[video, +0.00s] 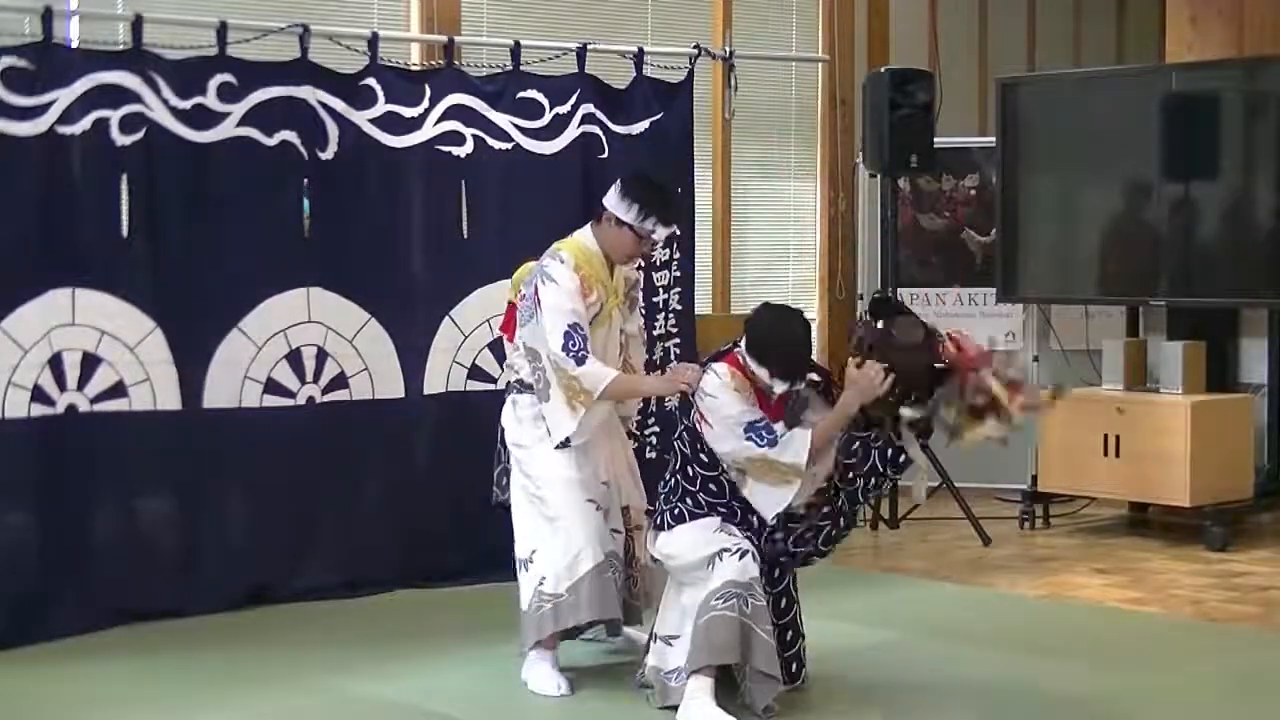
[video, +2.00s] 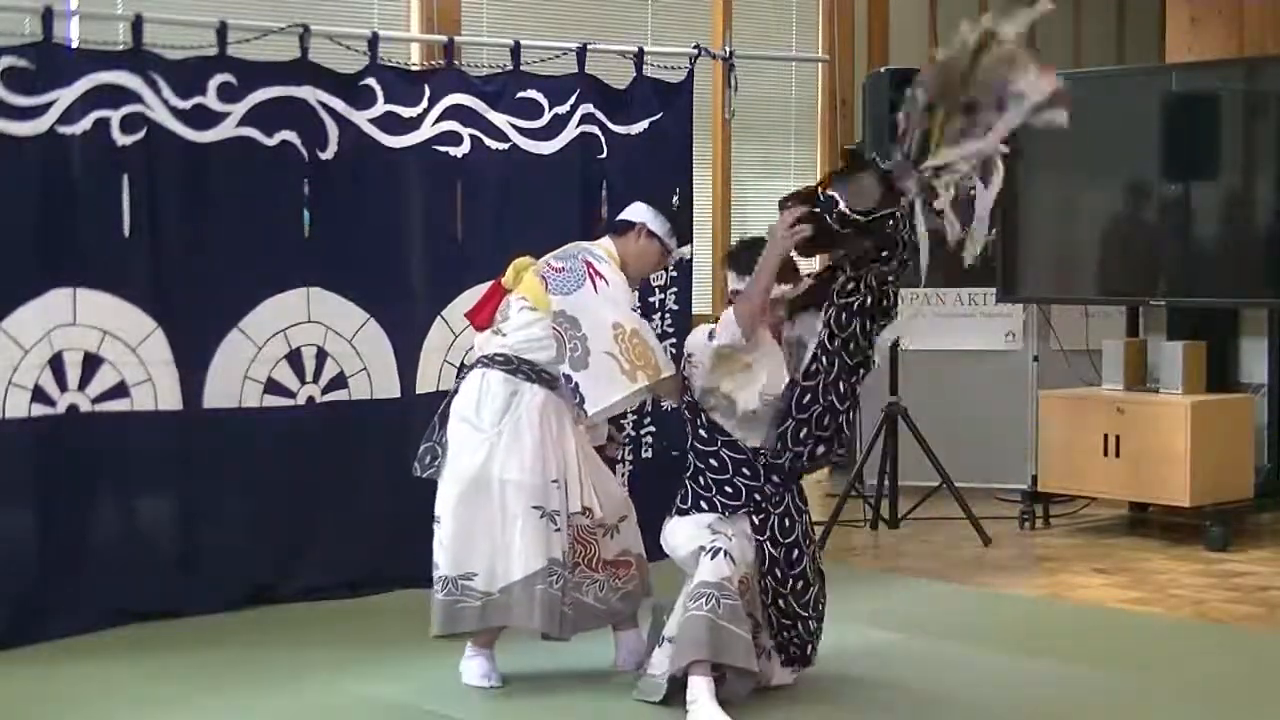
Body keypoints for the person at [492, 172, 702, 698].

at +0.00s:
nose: (647, 251)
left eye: (653, 242)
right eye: (643, 238)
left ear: (632, 231)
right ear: (614, 221)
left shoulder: (625, 274)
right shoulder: (562, 269)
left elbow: (629, 356)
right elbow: (577, 365)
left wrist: (654, 383)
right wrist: (656, 384)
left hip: (597, 414)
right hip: (543, 419)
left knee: (618, 518)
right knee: (568, 530)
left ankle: (600, 621)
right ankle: (541, 651)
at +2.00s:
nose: (659, 270)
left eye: (665, 262)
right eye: (661, 256)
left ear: (635, 235)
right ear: (639, 234)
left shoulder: (576, 261)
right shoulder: (598, 272)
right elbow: (631, 345)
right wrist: (672, 385)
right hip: (509, 395)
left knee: (609, 509)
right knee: (498, 522)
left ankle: (630, 642)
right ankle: (480, 650)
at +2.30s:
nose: (651, 285)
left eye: (656, 277)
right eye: (652, 273)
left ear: (621, 252)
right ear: (631, 253)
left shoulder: (566, 276)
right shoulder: (592, 283)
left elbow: (546, 377)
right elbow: (651, 363)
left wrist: (586, 436)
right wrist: (703, 400)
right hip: (499, 403)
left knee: (604, 510)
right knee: (488, 525)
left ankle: (628, 642)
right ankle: (479, 650)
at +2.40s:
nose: (646, 290)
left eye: (651, 283)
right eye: (648, 277)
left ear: (621, 255)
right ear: (629, 256)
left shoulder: (559, 273)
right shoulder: (593, 283)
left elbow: (547, 380)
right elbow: (643, 341)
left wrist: (579, 433)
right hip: (501, 406)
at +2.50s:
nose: (644, 290)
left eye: (649, 282)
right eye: (646, 276)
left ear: (619, 255)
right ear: (627, 255)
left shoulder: (559, 274)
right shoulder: (594, 280)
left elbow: (543, 384)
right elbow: (656, 349)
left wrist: (581, 443)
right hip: (492, 403)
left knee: (593, 512)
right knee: (487, 526)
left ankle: (627, 643)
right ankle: (478, 653)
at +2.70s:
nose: (640, 280)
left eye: (646, 271)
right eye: (643, 266)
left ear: (613, 243)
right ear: (622, 245)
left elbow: (542, 370)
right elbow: (634, 353)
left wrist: (577, 432)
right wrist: (654, 408)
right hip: (498, 399)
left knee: (594, 510)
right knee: (488, 522)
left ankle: (627, 642)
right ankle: (478, 652)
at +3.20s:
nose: (666, 248)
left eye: (672, 239)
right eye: (664, 233)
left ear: (636, 219)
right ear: (633, 214)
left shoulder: (603, 261)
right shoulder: (588, 256)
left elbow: (577, 353)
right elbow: (606, 349)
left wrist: (595, 411)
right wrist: (697, 352)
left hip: (551, 399)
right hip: (506, 389)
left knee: (616, 508)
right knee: (498, 516)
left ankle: (630, 645)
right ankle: (478, 650)